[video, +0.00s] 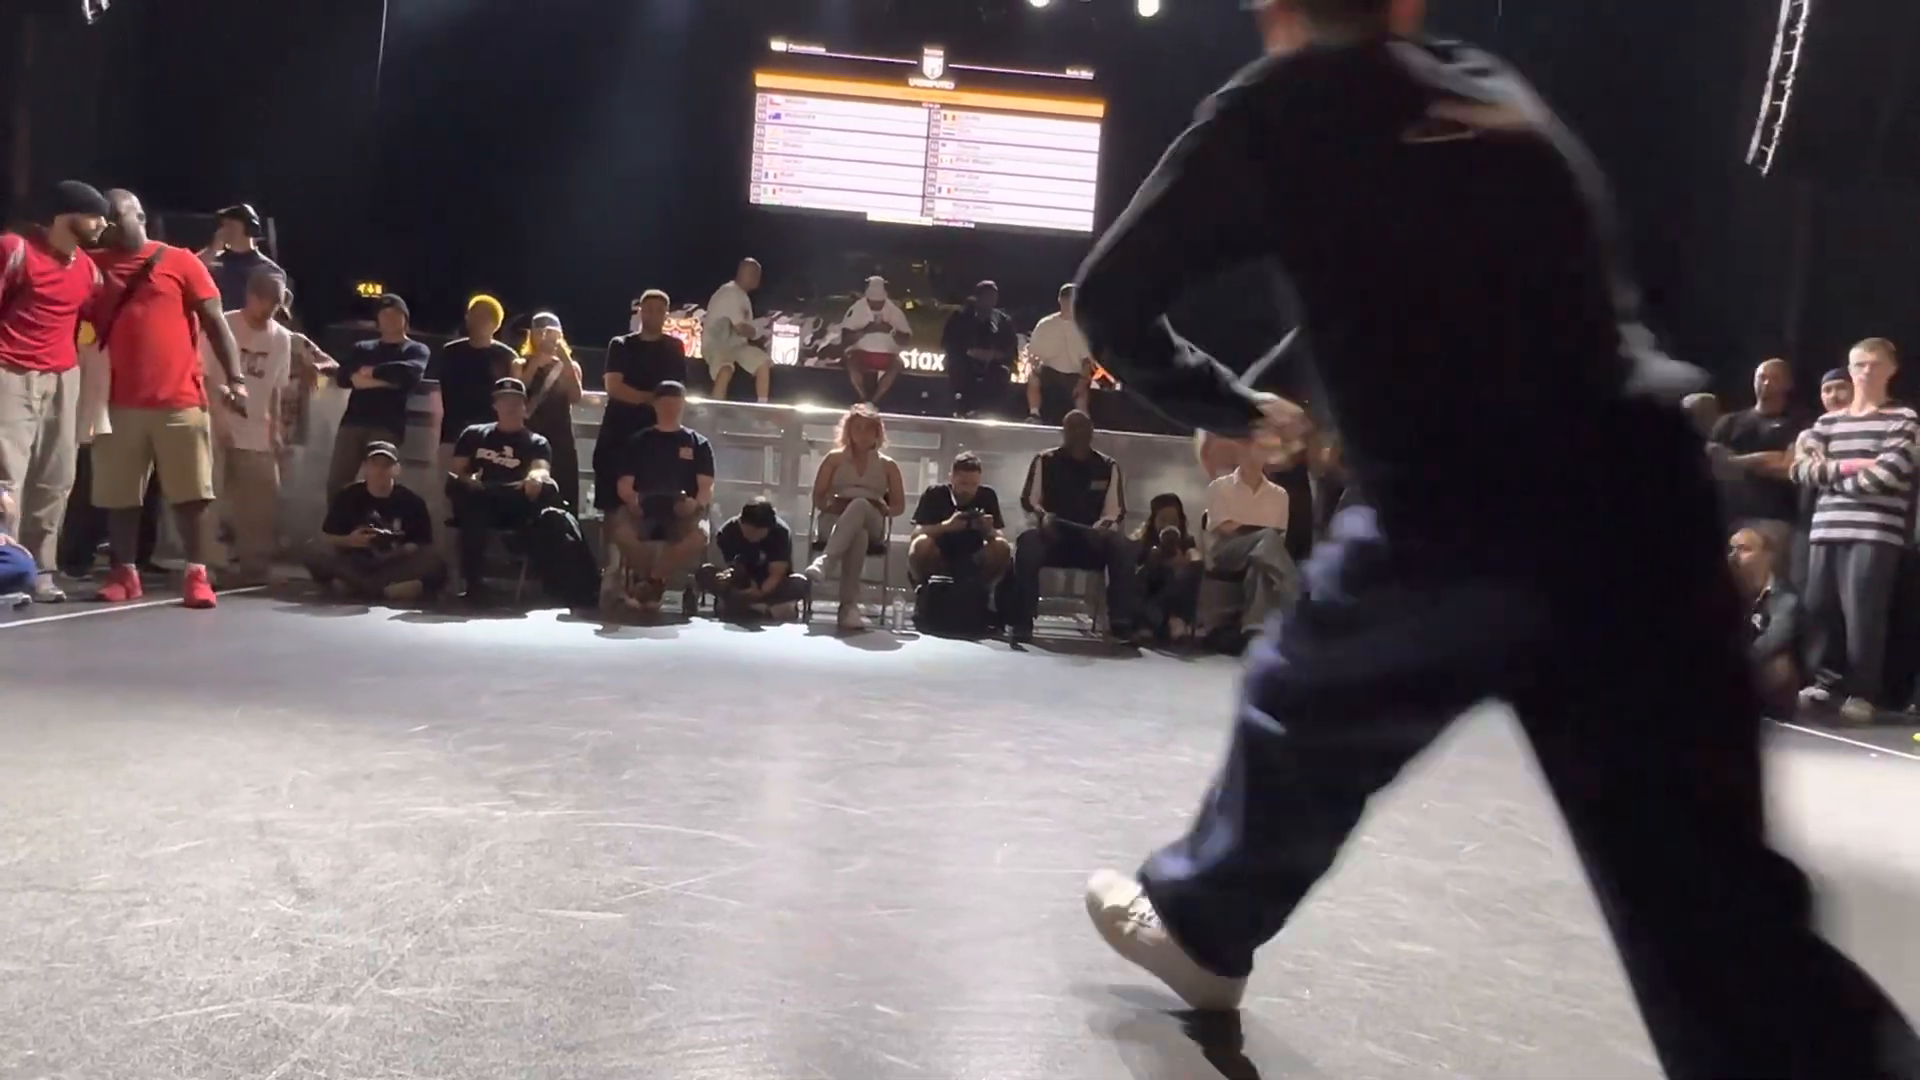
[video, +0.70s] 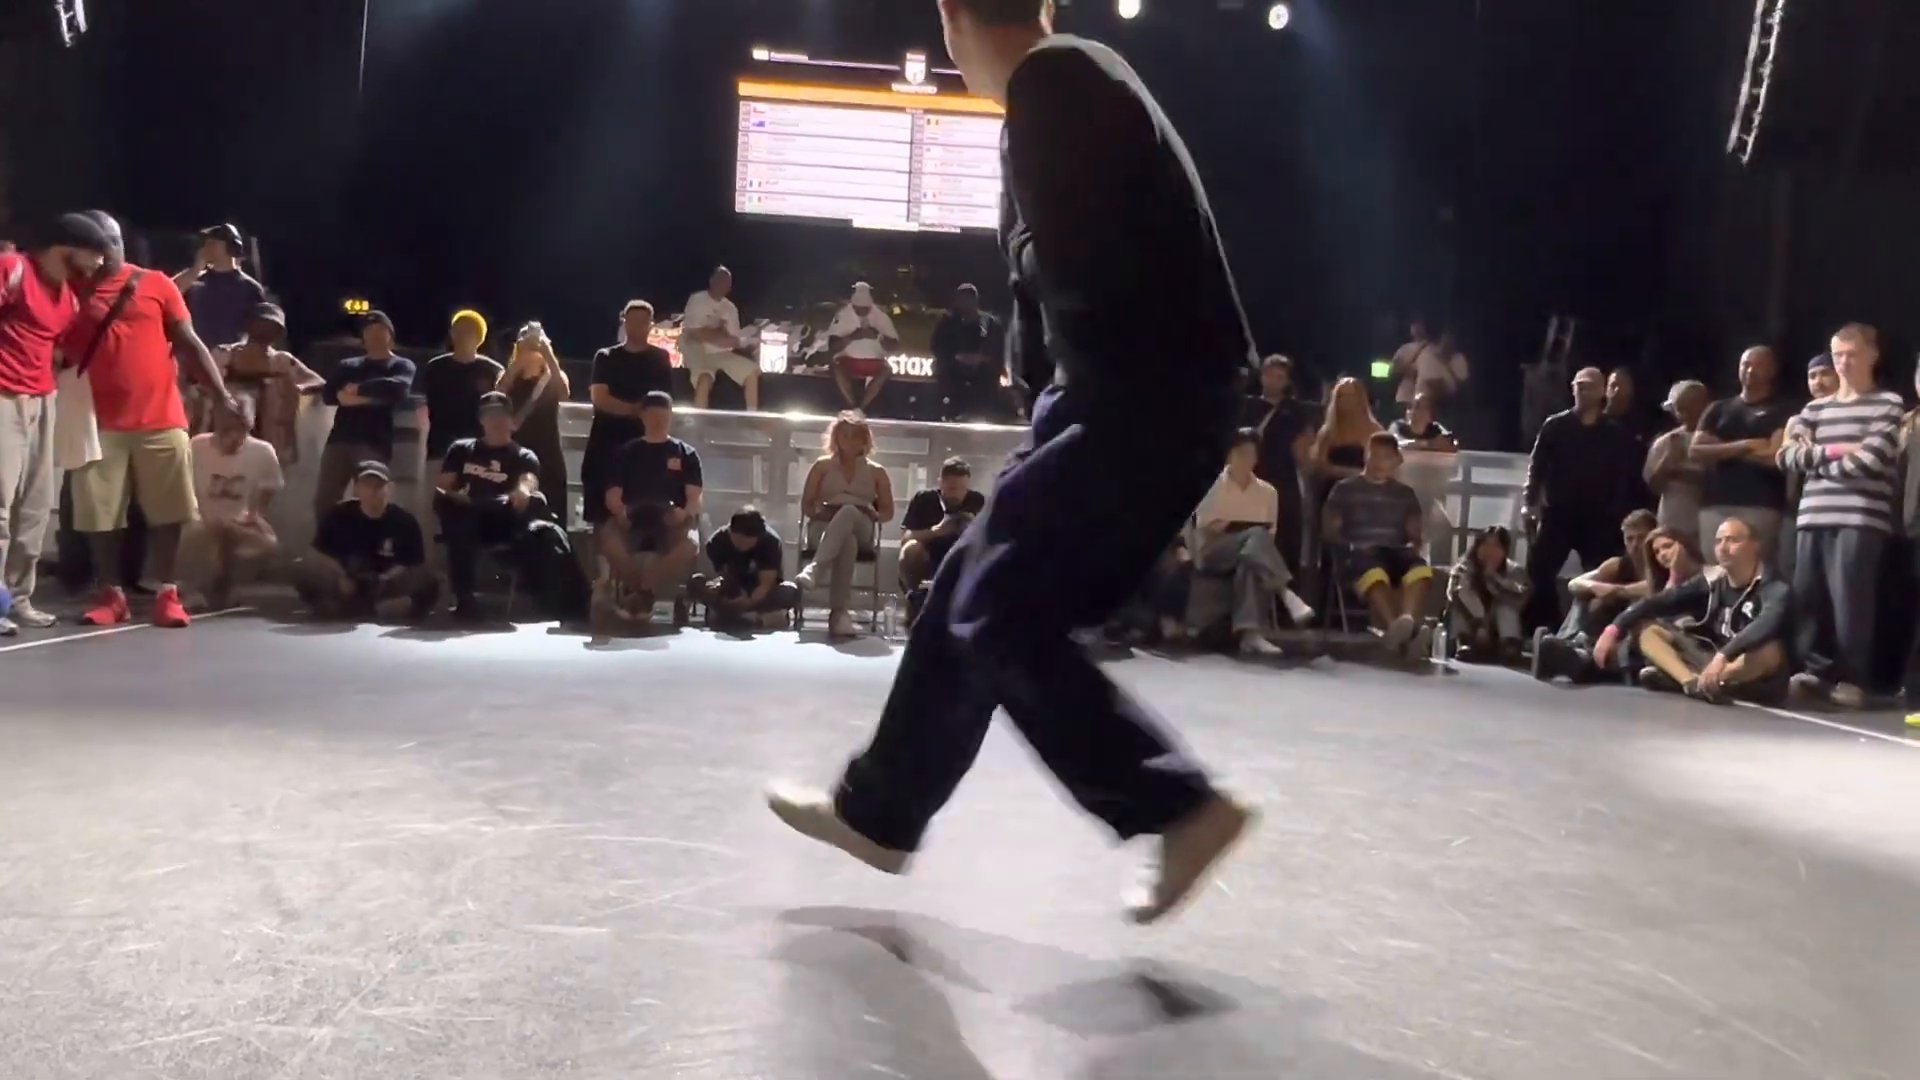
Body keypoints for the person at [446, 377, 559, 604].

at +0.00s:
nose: (511, 406)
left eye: (516, 401)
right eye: (505, 401)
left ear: (524, 407)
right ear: (495, 405)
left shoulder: (537, 443)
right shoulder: (474, 434)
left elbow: (540, 469)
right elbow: (455, 476)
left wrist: (536, 479)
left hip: (519, 499)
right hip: (483, 499)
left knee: (547, 491)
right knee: (466, 497)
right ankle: (473, 582)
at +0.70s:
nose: (498, 423)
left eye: (502, 417)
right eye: (492, 417)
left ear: (512, 421)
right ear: (482, 421)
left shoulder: (524, 457)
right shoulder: (461, 449)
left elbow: (529, 482)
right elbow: (442, 488)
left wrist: (522, 492)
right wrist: (458, 496)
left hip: (506, 514)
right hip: (470, 512)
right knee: (457, 518)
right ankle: (464, 597)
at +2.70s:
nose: (514, 438)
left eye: (519, 433)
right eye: (508, 433)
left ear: (528, 437)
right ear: (498, 436)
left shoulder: (541, 471)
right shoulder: (479, 466)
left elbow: (546, 496)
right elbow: (459, 507)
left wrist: (542, 505)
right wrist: (473, 512)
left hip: (524, 528)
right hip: (489, 528)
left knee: (553, 517)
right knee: (474, 533)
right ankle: (483, 612)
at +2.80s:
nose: (517, 436)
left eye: (521, 431)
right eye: (511, 431)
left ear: (529, 435)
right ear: (500, 435)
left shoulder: (542, 470)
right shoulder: (480, 464)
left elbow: (548, 494)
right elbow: (462, 504)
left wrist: (542, 504)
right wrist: (475, 511)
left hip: (526, 527)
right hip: (491, 525)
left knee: (554, 516)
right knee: (476, 532)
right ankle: (485, 612)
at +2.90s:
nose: (519, 435)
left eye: (523, 430)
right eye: (513, 430)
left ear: (530, 434)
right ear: (502, 434)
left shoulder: (543, 469)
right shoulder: (481, 463)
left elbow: (549, 493)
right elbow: (463, 503)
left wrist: (543, 502)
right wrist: (477, 510)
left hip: (527, 527)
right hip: (491, 526)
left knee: (556, 515)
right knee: (477, 530)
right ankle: (485, 610)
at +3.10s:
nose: (522, 431)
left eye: (526, 426)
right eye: (516, 426)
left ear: (534, 432)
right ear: (505, 430)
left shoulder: (546, 466)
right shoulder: (484, 460)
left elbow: (552, 490)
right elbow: (466, 499)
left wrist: (547, 499)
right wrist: (479, 506)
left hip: (528, 522)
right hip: (493, 520)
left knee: (559, 512)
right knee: (480, 526)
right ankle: (488, 606)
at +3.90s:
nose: (530, 423)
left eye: (534, 417)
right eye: (524, 417)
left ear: (543, 423)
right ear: (514, 421)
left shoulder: (556, 457)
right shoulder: (493, 451)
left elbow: (561, 483)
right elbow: (475, 491)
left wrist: (555, 493)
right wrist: (490, 498)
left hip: (538, 515)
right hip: (502, 514)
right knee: (490, 518)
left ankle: (575, 601)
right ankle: (497, 598)